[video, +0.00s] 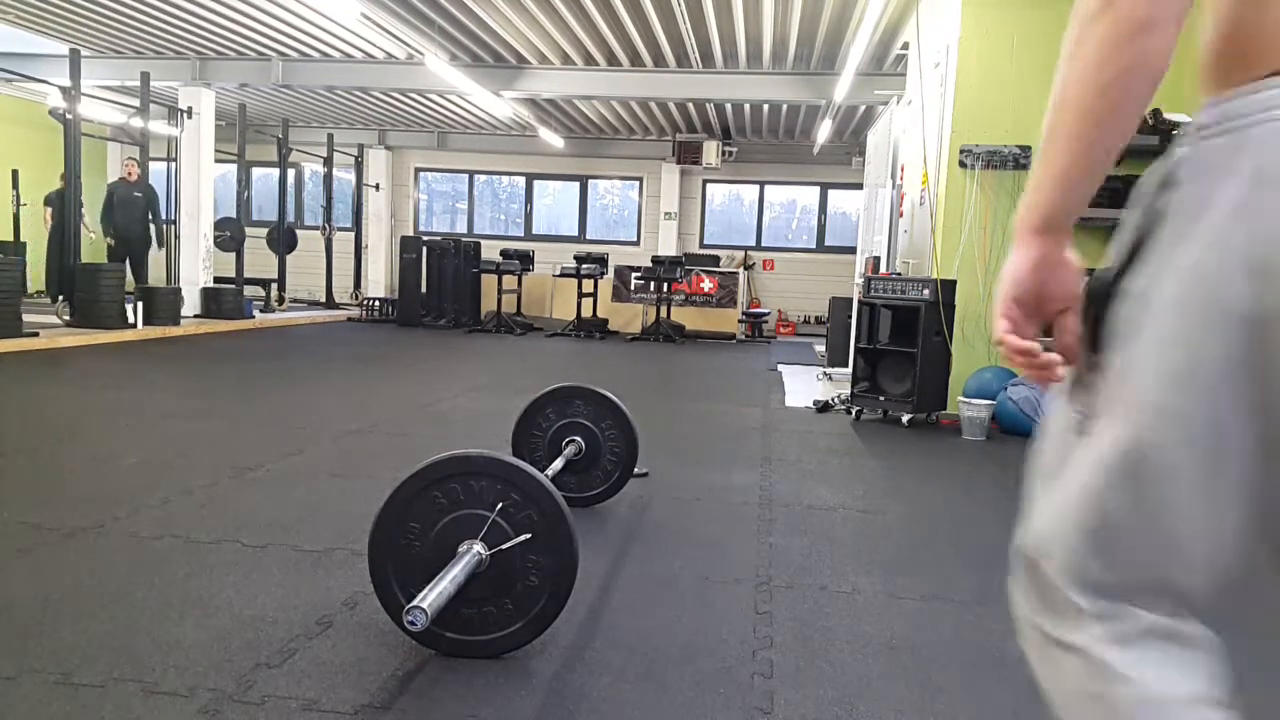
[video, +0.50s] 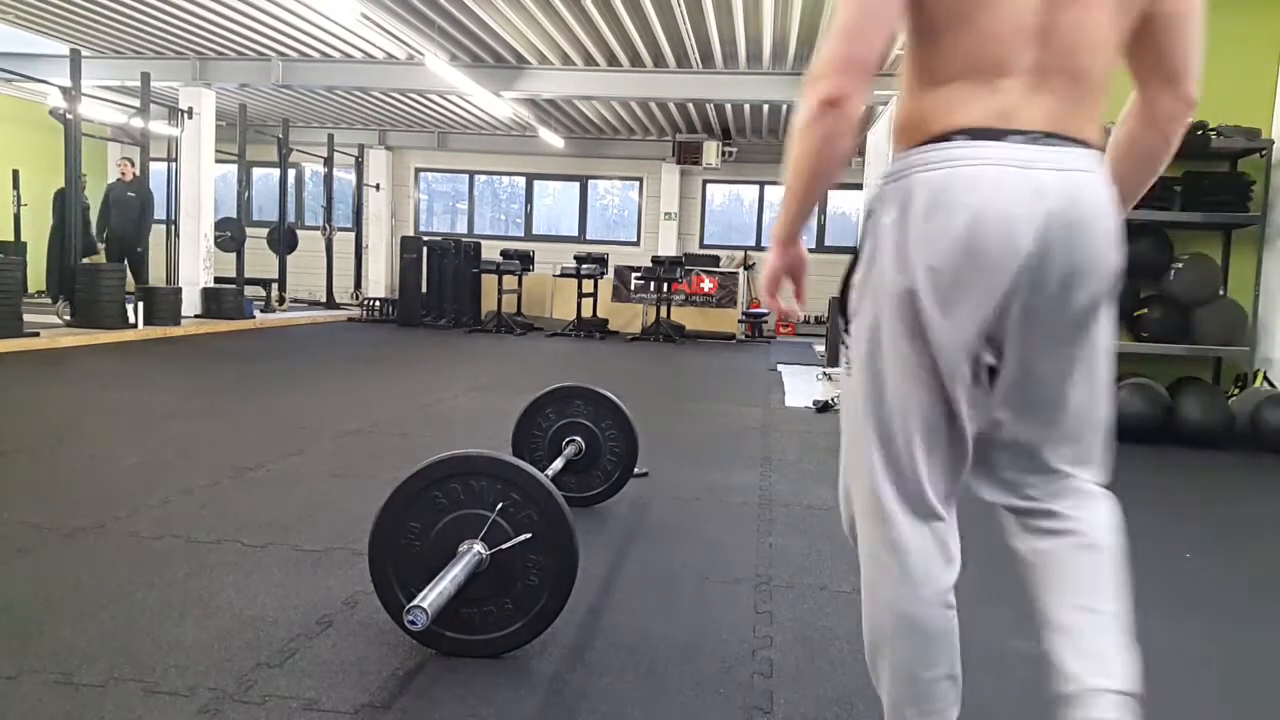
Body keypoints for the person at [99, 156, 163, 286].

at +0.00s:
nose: (129, 169)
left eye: (133, 166)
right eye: (126, 166)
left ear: (138, 169)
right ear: (122, 169)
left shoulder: (147, 189)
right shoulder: (114, 187)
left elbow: (156, 215)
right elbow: (105, 214)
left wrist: (160, 238)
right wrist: (107, 234)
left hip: (139, 242)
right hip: (117, 241)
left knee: (141, 281)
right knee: (115, 280)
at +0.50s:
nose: (122, 168)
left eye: (125, 165)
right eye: (119, 165)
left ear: (132, 168)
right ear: (117, 168)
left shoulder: (143, 189)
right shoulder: (111, 188)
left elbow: (147, 218)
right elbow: (103, 213)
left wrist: (142, 242)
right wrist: (99, 236)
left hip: (135, 242)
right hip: (114, 242)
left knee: (141, 283)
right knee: (113, 281)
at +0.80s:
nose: (109, 168)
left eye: (112, 165)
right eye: (109, 165)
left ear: (122, 168)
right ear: (109, 168)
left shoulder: (132, 187)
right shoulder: (104, 188)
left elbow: (135, 215)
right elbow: (95, 212)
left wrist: (123, 237)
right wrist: (93, 235)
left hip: (123, 238)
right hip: (104, 238)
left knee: (126, 273)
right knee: (106, 273)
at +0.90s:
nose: (106, 169)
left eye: (110, 165)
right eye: (106, 165)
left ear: (120, 168)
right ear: (106, 169)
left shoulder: (129, 187)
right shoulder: (103, 188)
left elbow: (132, 214)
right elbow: (93, 214)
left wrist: (110, 224)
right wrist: (89, 236)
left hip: (121, 237)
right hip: (102, 237)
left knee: (120, 272)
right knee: (104, 272)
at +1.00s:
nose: (105, 169)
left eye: (109, 166)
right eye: (105, 166)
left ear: (119, 168)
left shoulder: (126, 185)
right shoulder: (105, 187)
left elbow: (128, 209)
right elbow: (94, 214)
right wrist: (89, 238)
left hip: (119, 238)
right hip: (102, 237)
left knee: (115, 273)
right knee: (102, 273)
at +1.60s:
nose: (96, 171)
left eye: (99, 167)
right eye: (96, 167)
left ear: (108, 169)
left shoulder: (121, 183)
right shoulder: (102, 186)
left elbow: (105, 192)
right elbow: (95, 214)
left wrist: (94, 180)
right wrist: (91, 234)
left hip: (113, 232)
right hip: (99, 232)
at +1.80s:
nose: (95, 170)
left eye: (97, 167)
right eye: (95, 167)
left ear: (107, 168)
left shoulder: (118, 183)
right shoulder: (101, 184)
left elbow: (94, 188)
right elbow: (94, 215)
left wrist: (93, 176)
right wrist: (90, 235)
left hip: (109, 232)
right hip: (97, 231)